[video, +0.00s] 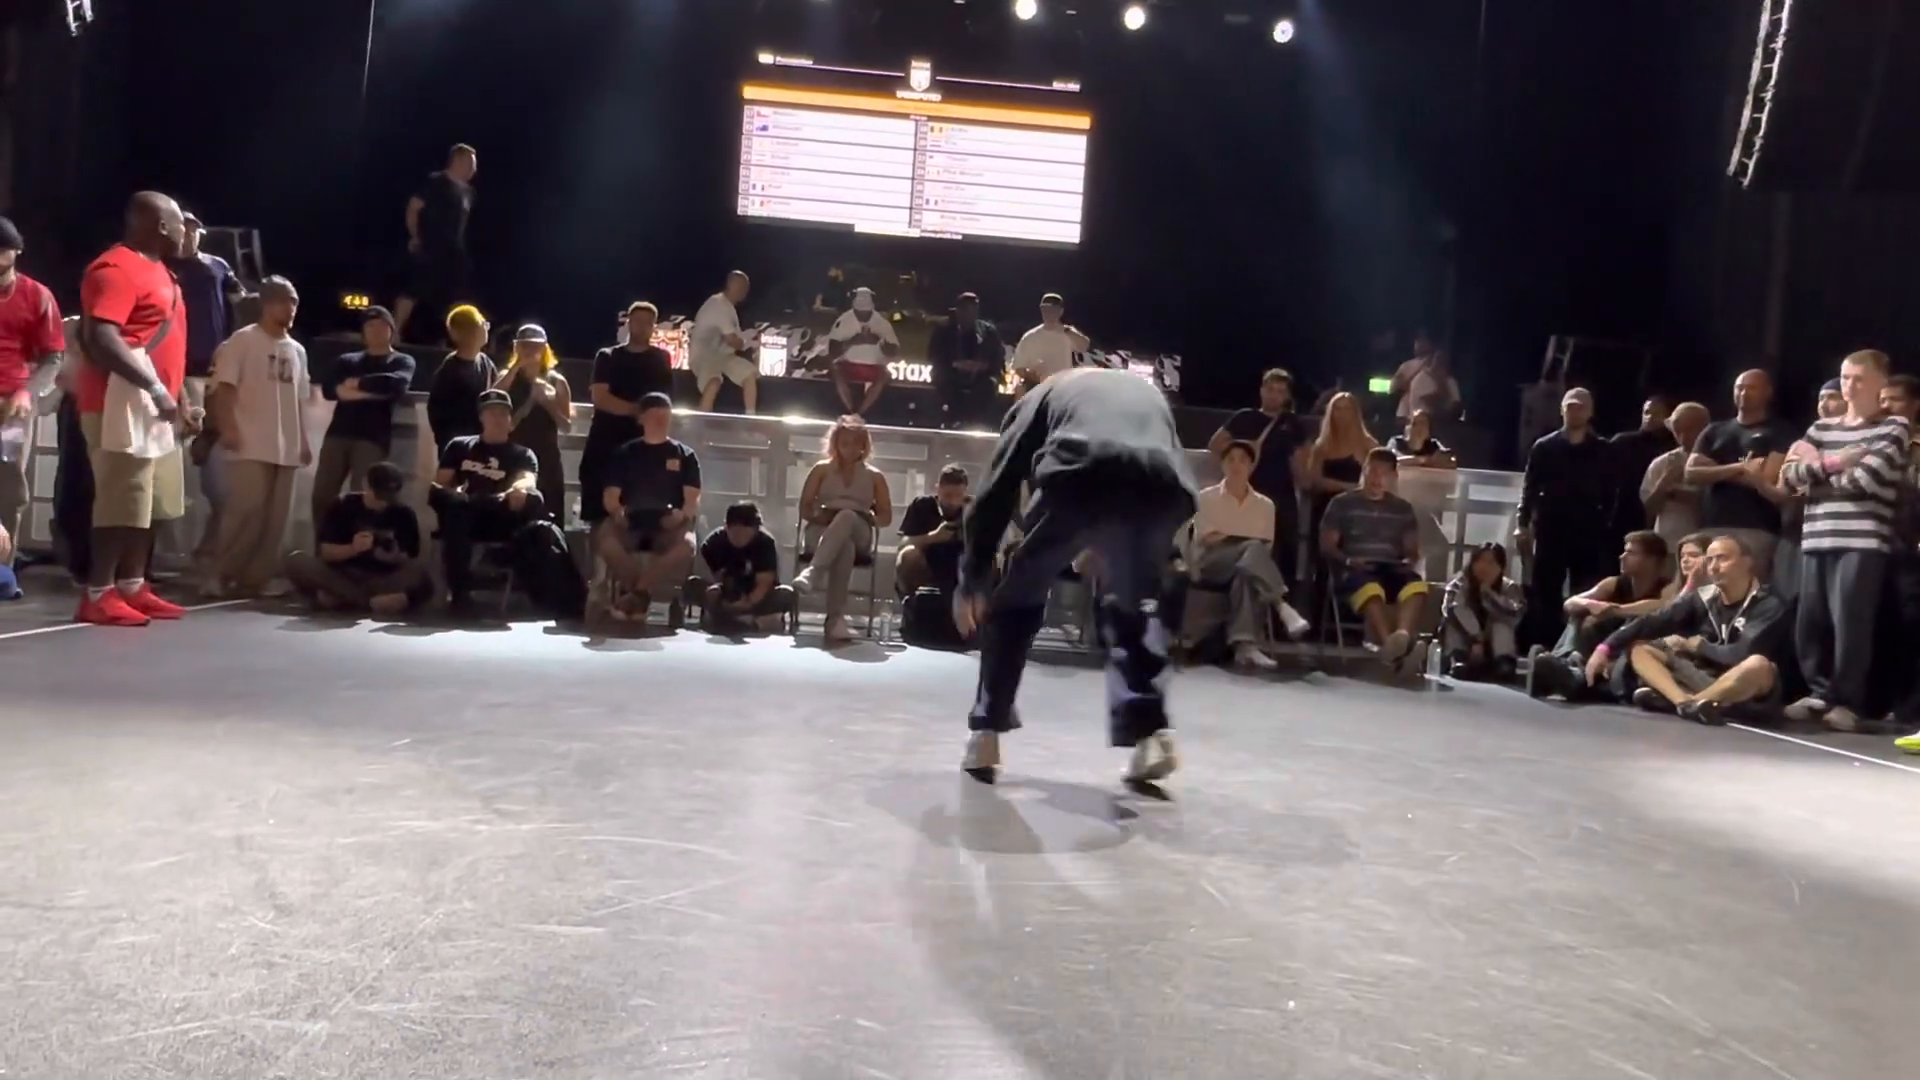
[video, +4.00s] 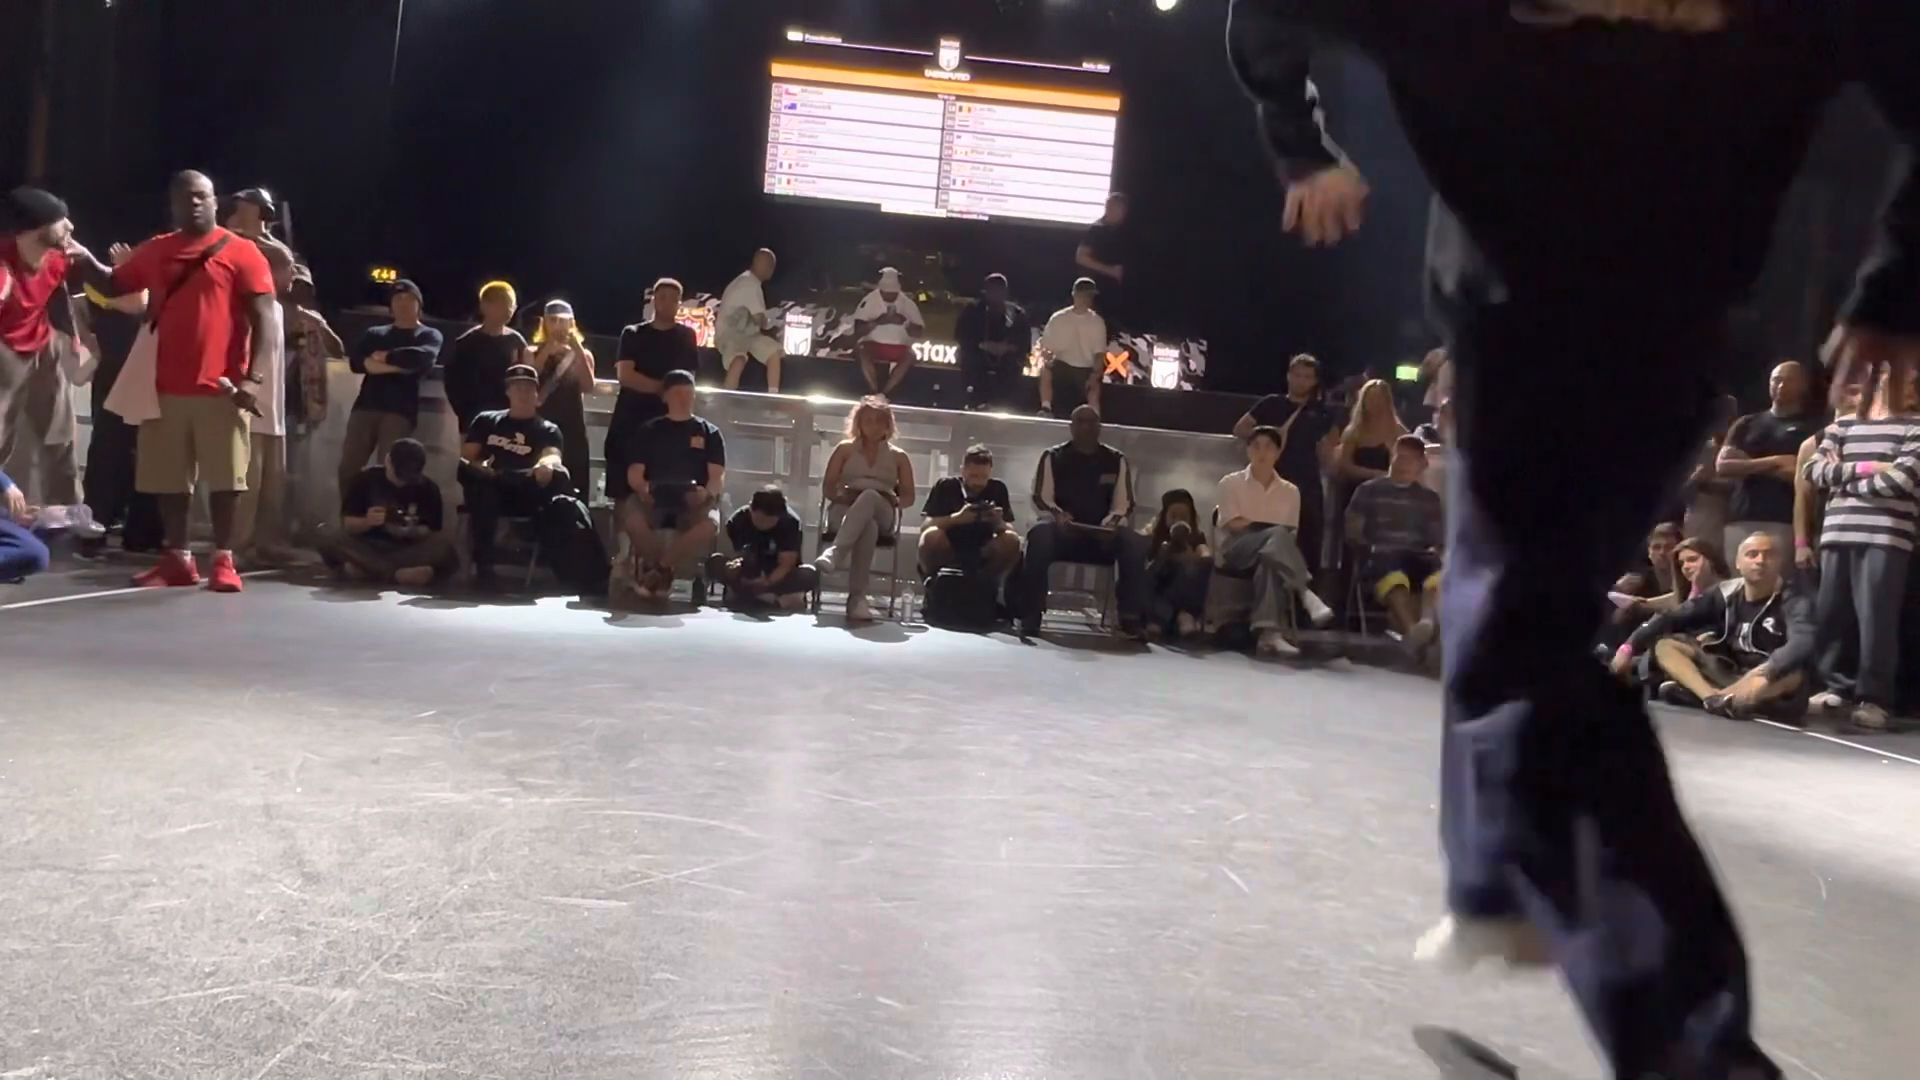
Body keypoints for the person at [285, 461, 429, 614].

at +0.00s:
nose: (382, 504)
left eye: (387, 500)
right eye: (378, 499)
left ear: (395, 494)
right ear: (367, 488)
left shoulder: (404, 515)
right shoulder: (343, 507)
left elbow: (411, 558)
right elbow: (325, 552)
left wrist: (393, 556)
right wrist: (353, 549)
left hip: (385, 577)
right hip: (344, 574)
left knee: (418, 574)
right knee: (296, 562)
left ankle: (345, 600)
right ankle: (368, 601)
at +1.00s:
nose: (399, 490)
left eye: (405, 486)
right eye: (395, 484)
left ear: (413, 480)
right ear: (383, 472)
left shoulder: (419, 499)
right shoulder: (359, 491)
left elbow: (428, 542)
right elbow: (341, 537)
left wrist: (406, 541)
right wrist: (368, 534)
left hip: (400, 561)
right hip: (360, 558)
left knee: (434, 558)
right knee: (315, 546)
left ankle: (361, 585)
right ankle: (384, 587)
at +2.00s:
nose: (407, 484)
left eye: (414, 480)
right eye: (405, 477)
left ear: (423, 474)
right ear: (395, 464)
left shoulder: (429, 489)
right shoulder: (369, 480)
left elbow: (437, 531)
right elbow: (351, 525)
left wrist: (415, 531)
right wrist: (380, 523)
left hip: (410, 550)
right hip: (369, 547)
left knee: (444, 550)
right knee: (323, 535)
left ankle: (370, 573)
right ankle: (394, 574)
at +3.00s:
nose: (408, 483)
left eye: (415, 480)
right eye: (405, 477)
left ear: (424, 473)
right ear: (396, 462)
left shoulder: (431, 489)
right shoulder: (370, 479)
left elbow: (438, 532)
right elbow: (353, 524)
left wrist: (419, 530)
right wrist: (381, 522)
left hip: (411, 549)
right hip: (369, 545)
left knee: (446, 550)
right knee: (324, 534)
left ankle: (372, 573)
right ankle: (393, 575)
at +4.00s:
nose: (401, 483)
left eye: (408, 480)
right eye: (397, 477)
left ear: (419, 471)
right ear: (387, 462)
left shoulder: (428, 489)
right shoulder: (365, 480)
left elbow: (432, 531)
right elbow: (347, 524)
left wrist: (407, 532)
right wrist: (367, 523)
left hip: (409, 550)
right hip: (368, 547)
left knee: (443, 548)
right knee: (326, 535)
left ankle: (370, 572)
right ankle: (393, 573)